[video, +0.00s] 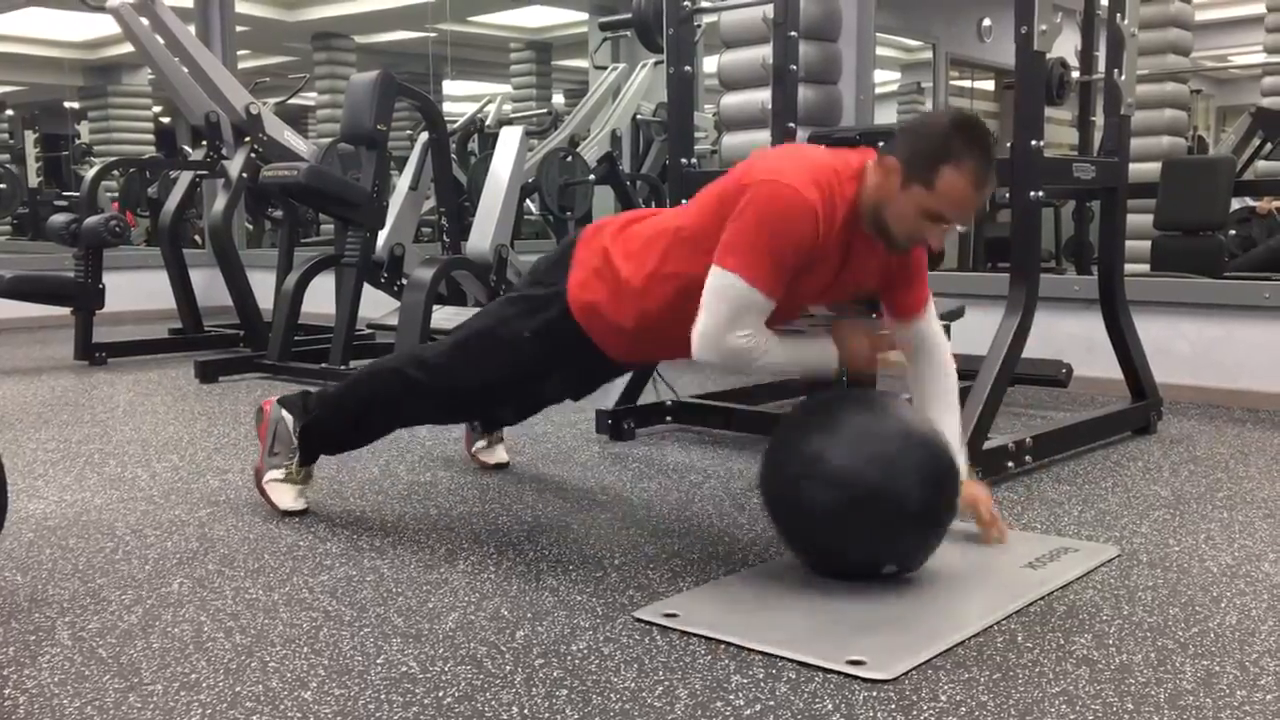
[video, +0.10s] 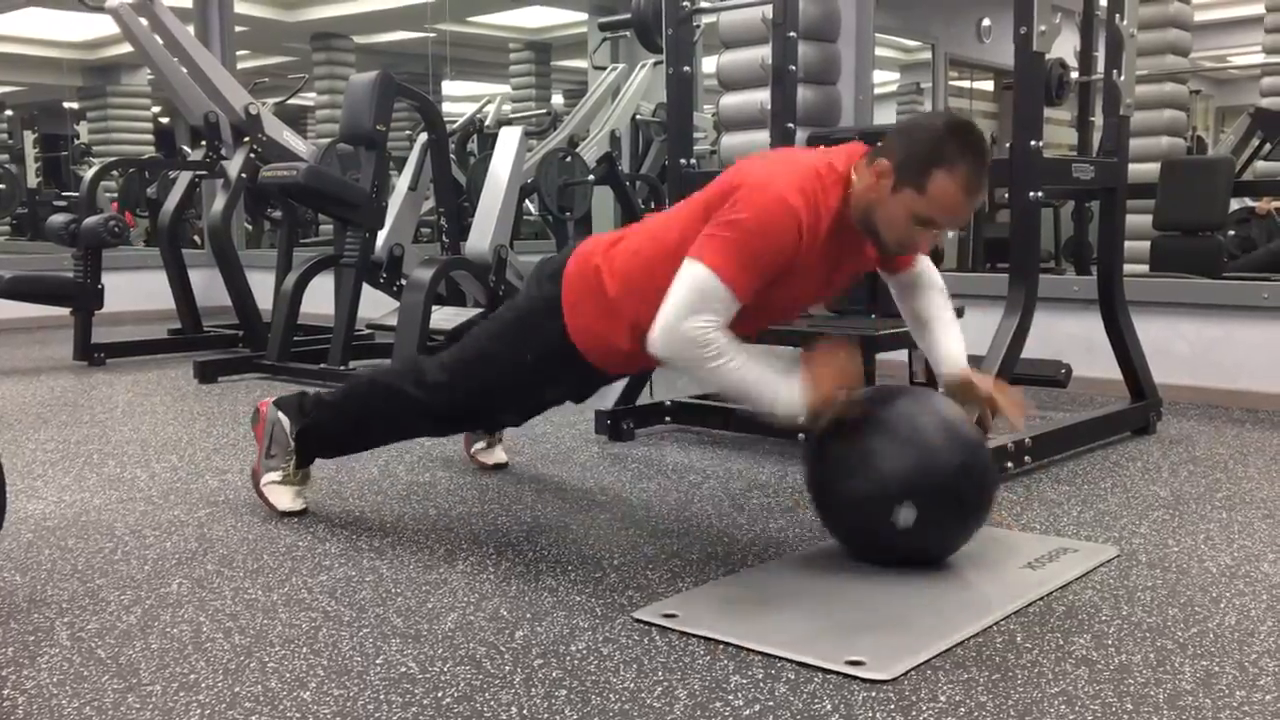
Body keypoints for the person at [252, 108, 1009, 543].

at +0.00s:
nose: (937, 239)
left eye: (952, 227)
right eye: (932, 216)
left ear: (952, 213)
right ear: (889, 172)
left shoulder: (899, 242)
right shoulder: (792, 196)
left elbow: (925, 356)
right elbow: (723, 347)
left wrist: (955, 468)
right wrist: (838, 350)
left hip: (644, 326)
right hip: (600, 286)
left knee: (536, 377)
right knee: (454, 375)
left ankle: (480, 414)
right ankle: (297, 424)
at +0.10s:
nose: (926, 244)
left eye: (938, 231)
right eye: (924, 223)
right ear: (881, 178)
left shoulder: (879, 196)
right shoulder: (781, 203)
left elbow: (918, 280)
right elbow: (676, 337)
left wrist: (955, 367)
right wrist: (794, 390)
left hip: (642, 317)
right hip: (586, 305)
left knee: (524, 376)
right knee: (445, 388)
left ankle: (478, 419)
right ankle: (291, 426)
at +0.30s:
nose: (951, 444)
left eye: (969, 431)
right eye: (954, 425)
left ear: (948, 362)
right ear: (919, 382)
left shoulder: (902, 313)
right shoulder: (808, 369)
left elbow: (889, 273)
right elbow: (673, 457)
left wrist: (863, 385)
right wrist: (698, 603)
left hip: (646, 340)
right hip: (595, 393)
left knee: (496, 400)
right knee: (442, 437)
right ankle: (290, 426)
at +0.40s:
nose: (948, 537)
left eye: (966, 529)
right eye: (953, 522)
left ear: (944, 446)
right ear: (917, 468)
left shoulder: (903, 373)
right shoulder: (814, 434)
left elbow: (890, 291)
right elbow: (671, 467)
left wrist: (890, 409)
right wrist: (695, 603)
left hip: (657, 395)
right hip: (603, 449)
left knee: (563, 402)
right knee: (449, 461)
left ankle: (480, 393)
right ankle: (293, 425)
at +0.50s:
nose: (938, 552)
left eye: (958, 548)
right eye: (944, 538)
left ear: (946, 443)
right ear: (914, 479)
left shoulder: (899, 382)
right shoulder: (811, 458)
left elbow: (883, 288)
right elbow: (674, 476)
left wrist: (890, 428)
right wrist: (693, 604)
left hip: (661, 420)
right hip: (607, 471)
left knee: (567, 429)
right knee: (451, 475)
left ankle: (489, 399)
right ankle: (298, 425)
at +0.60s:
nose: (938, 522)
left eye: (956, 514)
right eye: (940, 505)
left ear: (924, 442)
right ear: (899, 454)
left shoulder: (897, 367)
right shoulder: (803, 432)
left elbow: (889, 288)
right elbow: (662, 474)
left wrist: (865, 431)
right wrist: (689, 603)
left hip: (654, 414)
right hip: (598, 462)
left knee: (566, 416)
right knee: (443, 469)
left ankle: (485, 397)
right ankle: (292, 426)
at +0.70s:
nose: (937, 463)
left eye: (955, 451)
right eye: (938, 445)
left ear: (927, 374)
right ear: (894, 398)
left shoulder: (887, 324)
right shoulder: (779, 406)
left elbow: (892, 285)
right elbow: (647, 474)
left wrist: (878, 413)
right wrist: (688, 605)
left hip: (646, 368)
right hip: (593, 424)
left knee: (525, 394)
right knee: (435, 454)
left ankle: (470, 387)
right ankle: (285, 429)